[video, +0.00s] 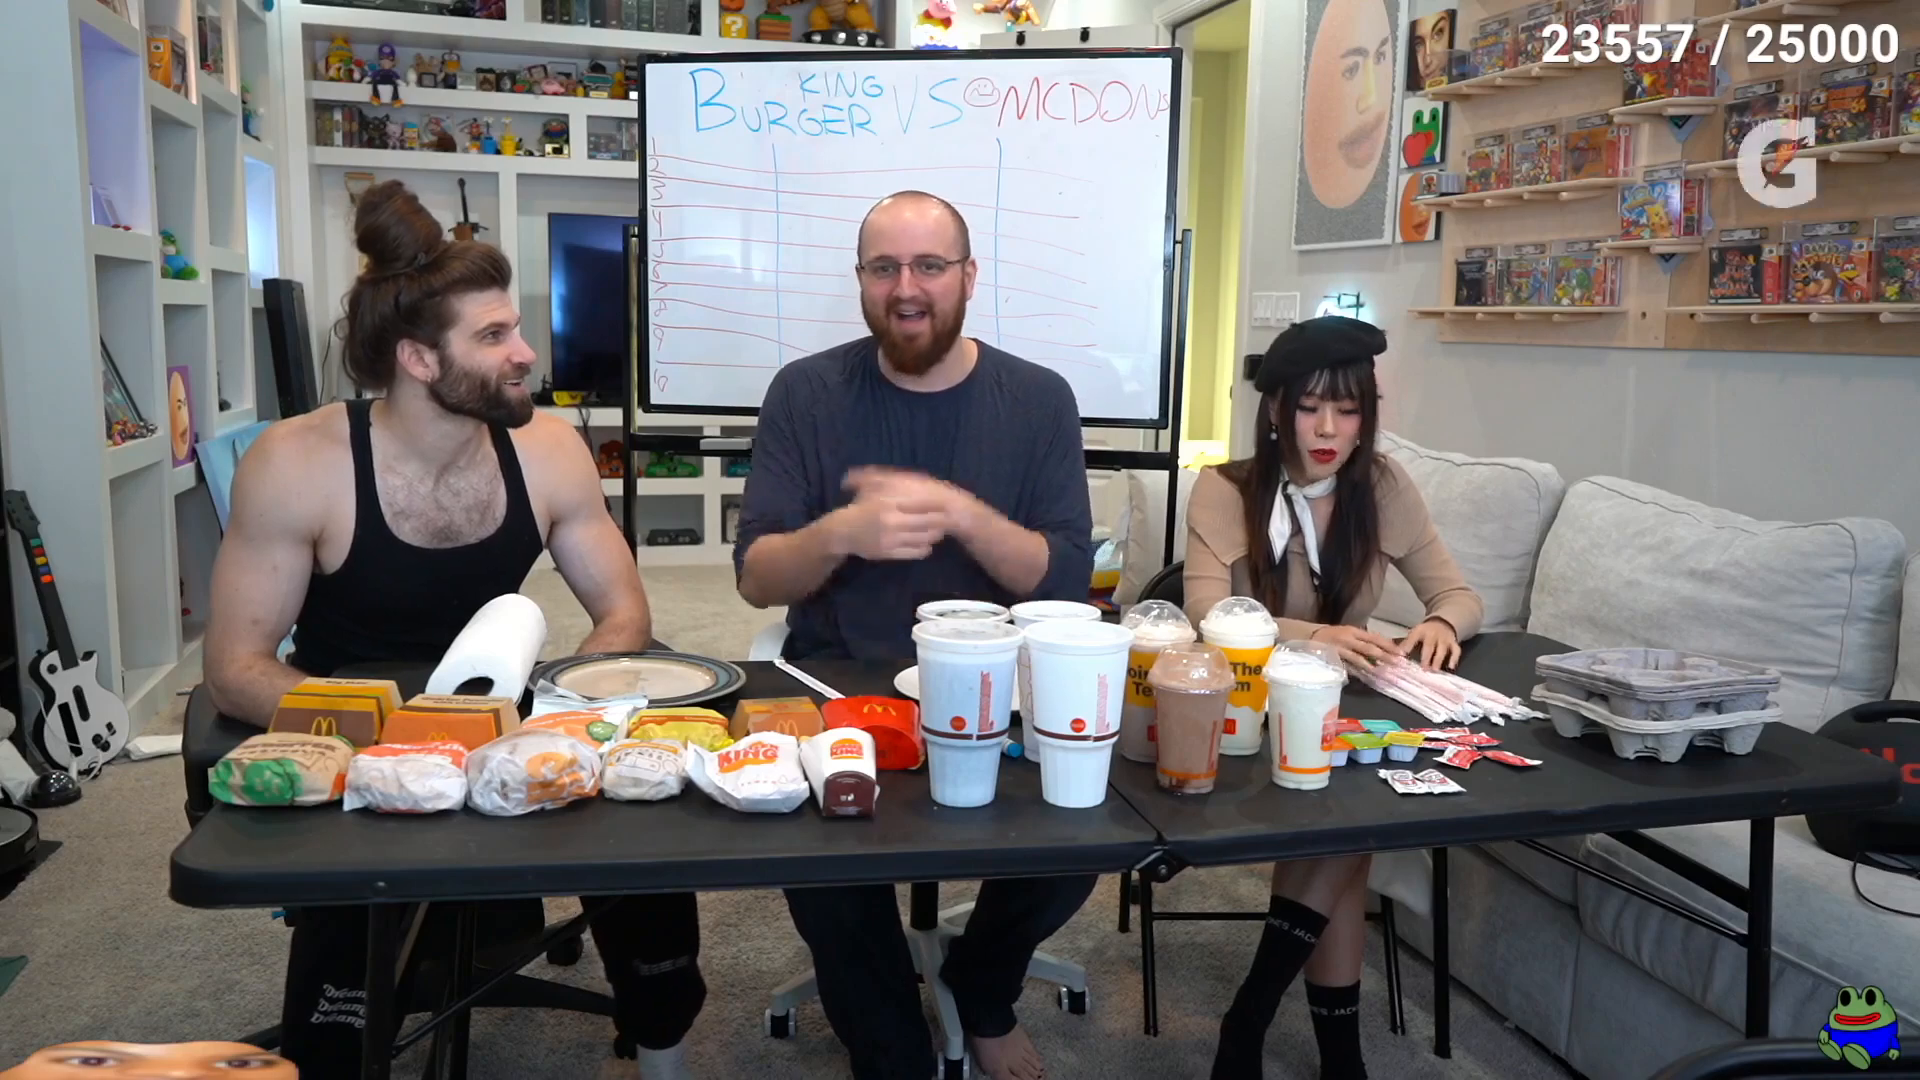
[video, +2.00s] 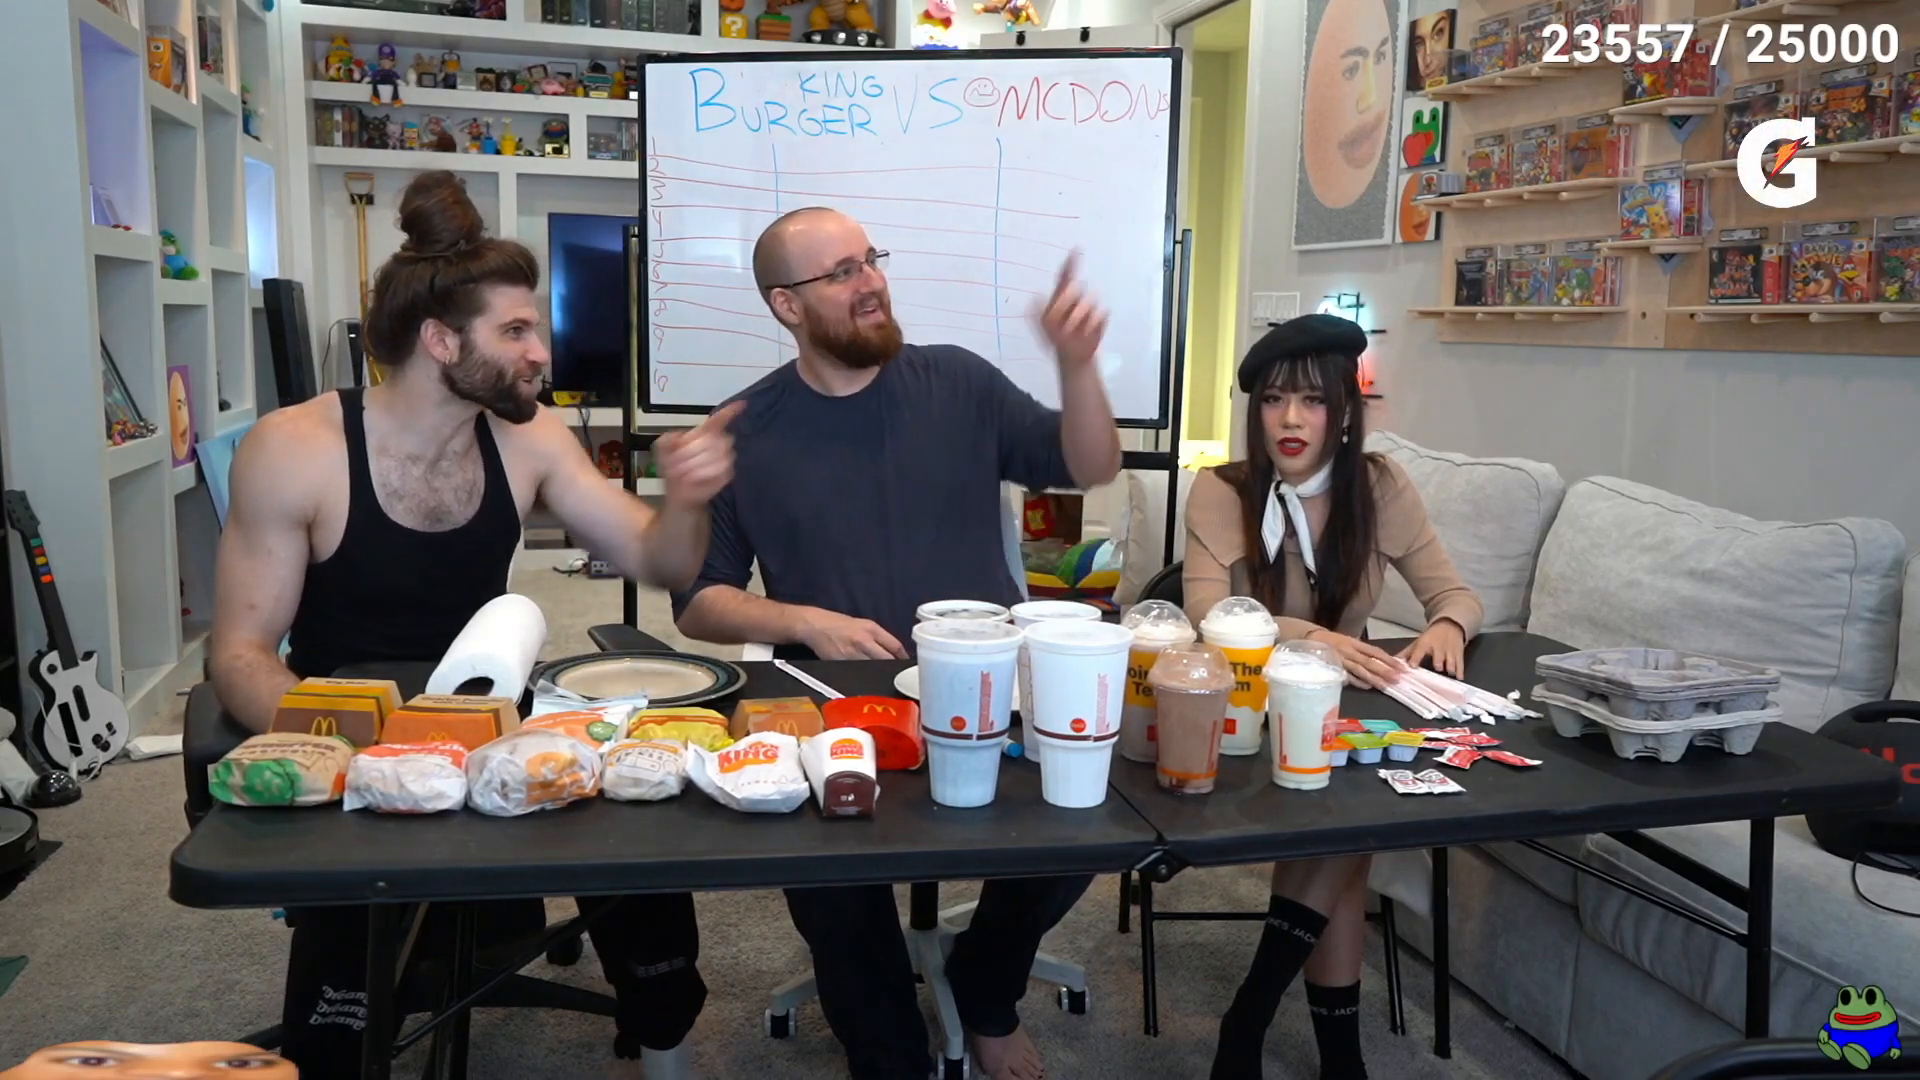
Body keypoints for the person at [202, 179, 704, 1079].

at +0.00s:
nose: (524, 352)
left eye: (517, 330)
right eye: (493, 337)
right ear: (418, 361)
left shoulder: (547, 451)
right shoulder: (296, 463)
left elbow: (625, 612)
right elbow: (233, 670)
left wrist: (568, 696)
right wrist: (370, 719)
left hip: (507, 748)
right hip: (350, 759)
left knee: (643, 826)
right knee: (356, 888)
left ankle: (660, 1053)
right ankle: (322, 1068)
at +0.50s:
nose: (512, 351)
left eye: (508, 329)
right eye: (483, 333)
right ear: (404, 354)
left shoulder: (530, 445)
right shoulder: (288, 460)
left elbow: (628, 565)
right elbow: (234, 662)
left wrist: (613, 609)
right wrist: (347, 721)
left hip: (501, 743)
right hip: (348, 755)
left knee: (622, 833)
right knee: (351, 890)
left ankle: (655, 1054)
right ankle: (321, 1070)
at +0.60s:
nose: (511, 348)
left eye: (507, 326)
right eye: (482, 330)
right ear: (404, 351)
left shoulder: (523, 439)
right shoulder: (287, 456)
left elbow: (626, 577)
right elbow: (235, 661)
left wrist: (666, 535)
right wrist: (350, 725)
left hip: (496, 740)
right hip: (344, 753)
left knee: (624, 831)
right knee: (350, 889)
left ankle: (656, 1055)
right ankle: (320, 1071)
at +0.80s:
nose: (521, 345)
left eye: (518, 323)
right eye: (495, 325)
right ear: (418, 341)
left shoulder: (523, 434)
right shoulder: (287, 450)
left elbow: (677, 508)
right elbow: (236, 655)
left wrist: (740, 438)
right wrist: (354, 722)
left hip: (488, 737)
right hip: (338, 750)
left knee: (629, 829)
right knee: (350, 892)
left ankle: (658, 1057)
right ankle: (321, 1072)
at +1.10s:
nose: (549, 357)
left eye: (547, 333)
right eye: (527, 332)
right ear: (446, 338)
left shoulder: (538, 419)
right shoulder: (299, 449)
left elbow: (691, 408)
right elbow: (240, 646)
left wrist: (831, 343)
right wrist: (318, 738)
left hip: (493, 727)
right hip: (341, 737)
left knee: (611, 828)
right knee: (343, 875)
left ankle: (654, 1055)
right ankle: (316, 1073)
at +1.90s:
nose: (545, 353)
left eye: (543, 331)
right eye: (522, 332)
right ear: (442, 341)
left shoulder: (533, 427)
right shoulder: (295, 449)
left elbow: (688, 497)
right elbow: (239, 649)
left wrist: (747, 424)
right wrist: (322, 738)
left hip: (495, 741)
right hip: (348, 753)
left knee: (628, 827)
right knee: (339, 895)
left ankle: (661, 1049)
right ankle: (322, 1072)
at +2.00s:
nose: (541, 353)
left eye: (540, 331)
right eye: (516, 332)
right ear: (440, 342)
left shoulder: (529, 440)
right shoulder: (295, 449)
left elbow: (663, 565)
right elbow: (238, 650)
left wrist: (688, 501)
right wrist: (336, 739)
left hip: (492, 749)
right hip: (342, 756)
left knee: (636, 832)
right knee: (353, 892)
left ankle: (664, 1053)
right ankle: (325, 1071)